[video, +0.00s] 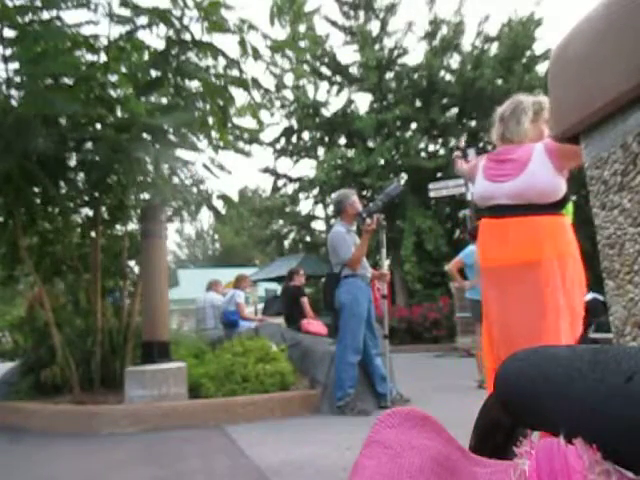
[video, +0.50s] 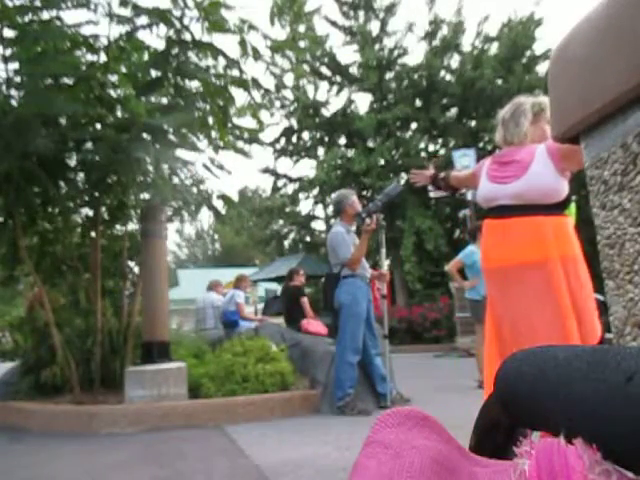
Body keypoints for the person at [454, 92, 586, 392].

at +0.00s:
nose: (550, 129)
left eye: (550, 122)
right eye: (546, 122)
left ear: (503, 128)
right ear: (534, 124)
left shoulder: (484, 163)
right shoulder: (549, 151)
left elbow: (466, 169)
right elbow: (589, 149)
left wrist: (460, 163)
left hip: (495, 239)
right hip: (543, 238)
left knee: (502, 319)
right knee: (552, 316)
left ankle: (505, 394)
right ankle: (552, 393)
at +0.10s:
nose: (550, 128)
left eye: (549, 122)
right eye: (546, 122)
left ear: (504, 128)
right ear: (533, 124)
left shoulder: (485, 163)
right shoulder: (551, 151)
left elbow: (461, 174)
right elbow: (594, 151)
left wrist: (448, 157)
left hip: (497, 241)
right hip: (546, 239)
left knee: (505, 320)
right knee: (555, 316)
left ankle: (508, 393)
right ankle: (558, 392)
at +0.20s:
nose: (551, 128)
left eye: (550, 122)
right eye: (546, 122)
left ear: (507, 127)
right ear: (532, 124)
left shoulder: (487, 163)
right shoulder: (553, 151)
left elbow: (460, 176)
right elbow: (595, 150)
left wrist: (442, 165)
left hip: (498, 240)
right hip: (547, 238)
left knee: (506, 325)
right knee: (556, 321)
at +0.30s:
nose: (551, 129)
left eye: (550, 122)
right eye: (547, 122)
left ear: (507, 127)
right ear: (534, 124)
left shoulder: (487, 164)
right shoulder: (552, 152)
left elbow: (458, 178)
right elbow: (596, 150)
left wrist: (440, 171)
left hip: (498, 241)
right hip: (547, 239)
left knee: (507, 324)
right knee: (557, 320)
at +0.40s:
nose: (550, 129)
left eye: (550, 122)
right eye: (546, 122)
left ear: (509, 128)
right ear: (531, 124)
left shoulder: (488, 164)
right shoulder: (552, 152)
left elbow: (459, 179)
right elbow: (596, 150)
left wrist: (437, 174)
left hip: (498, 241)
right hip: (546, 240)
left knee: (509, 325)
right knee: (556, 320)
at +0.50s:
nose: (550, 129)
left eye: (549, 122)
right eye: (546, 122)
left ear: (509, 128)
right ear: (530, 124)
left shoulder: (487, 165)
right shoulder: (552, 152)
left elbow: (460, 179)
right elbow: (595, 151)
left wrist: (435, 177)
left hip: (498, 243)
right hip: (545, 241)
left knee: (508, 326)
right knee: (555, 321)